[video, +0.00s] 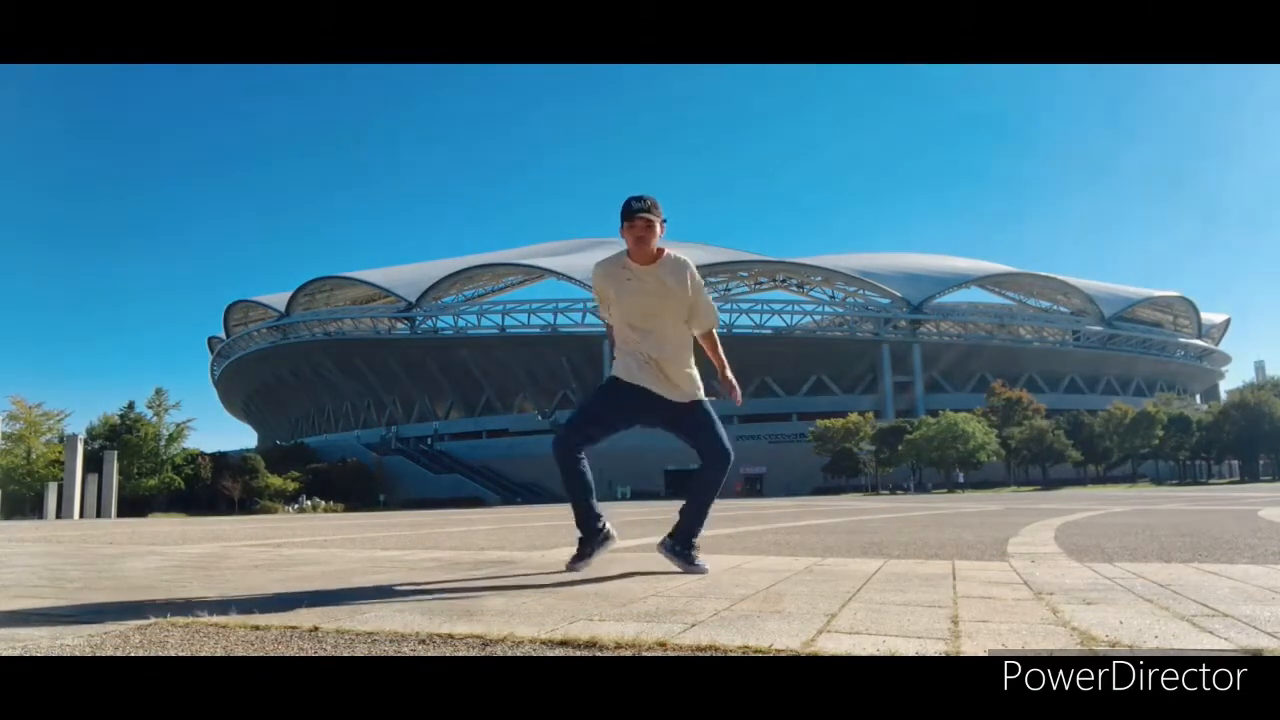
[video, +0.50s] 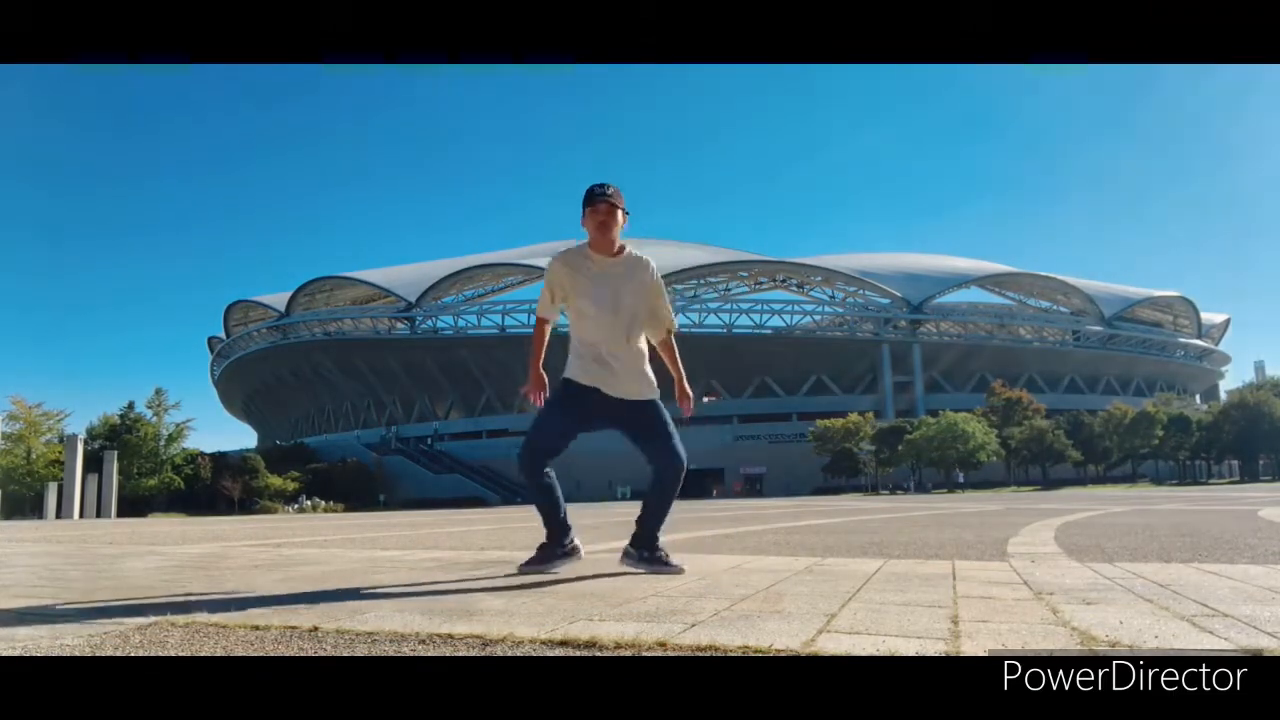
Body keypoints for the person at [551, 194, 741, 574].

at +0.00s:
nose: (641, 232)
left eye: (649, 225)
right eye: (634, 226)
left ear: (662, 230)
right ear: (623, 231)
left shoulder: (682, 271)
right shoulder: (605, 272)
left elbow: (704, 329)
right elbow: (612, 325)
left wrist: (725, 371)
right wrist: (625, 362)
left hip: (680, 391)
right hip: (627, 386)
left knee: (720, 455)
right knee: (567, 443)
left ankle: (681, 540)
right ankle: (593, 531)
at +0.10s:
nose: (635, 233)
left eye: (642, 226)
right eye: (628, 226)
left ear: (654, 230)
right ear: (615, 231)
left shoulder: (675, 272)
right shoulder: (597, 273)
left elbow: (691, 327)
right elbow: (591, 324)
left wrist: (707, 369)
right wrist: (600, 370)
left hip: (667, 389)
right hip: (618, 385)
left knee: (669, 470)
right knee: (585, 464)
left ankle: (680, 550)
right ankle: (585, 544)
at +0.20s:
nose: (626, 229)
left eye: (633, 222)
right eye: (619, 223)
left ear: (645, 225)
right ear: (607, 227)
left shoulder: (667, 269)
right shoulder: (586, 269)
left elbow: (683, 326)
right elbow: (574, 317)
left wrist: (698, 371)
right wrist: (576, 365)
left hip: (657, 383)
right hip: (608, 377)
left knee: (657, 466)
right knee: (574, 453)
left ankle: (670, 544)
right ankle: (583, 535)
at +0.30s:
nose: (616, 233)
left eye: (624, 227)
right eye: (609, 227)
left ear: (639, 230)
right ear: (599, 233)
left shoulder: (661, 277)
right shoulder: (579, 274)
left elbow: (679, 333)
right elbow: (566, 322)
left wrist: (696, 378)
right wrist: (560, 368)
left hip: (652, 401)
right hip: (595, 396)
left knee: (697, 455)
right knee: (528, 442)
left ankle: (651, 534)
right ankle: (567, 526)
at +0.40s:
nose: (610, 236)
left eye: (618, 231)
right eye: (602, 231)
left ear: (632, 239)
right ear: (593, 240)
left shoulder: (652, 289)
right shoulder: (573, 283)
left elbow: (673, 347)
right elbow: (555, 332)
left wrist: (693, 396)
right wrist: (543, 382)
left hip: (642, 415)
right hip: (584, 409)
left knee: (690, 472)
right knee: (526, 463)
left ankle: (643, 546)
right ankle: (562, 546)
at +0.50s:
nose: (604, 215)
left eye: (611, 209)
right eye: (596, 209)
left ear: (623, 219)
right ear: (584, 219)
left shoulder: (643, 269)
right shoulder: (564, 265)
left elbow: (661, 331)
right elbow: (545, 319)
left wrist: (680, 380)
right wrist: (535, 369)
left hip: (636, 392)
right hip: (580, 389)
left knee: (673, 463)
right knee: (532, 457)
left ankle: (644, 545)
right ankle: (561, 541)